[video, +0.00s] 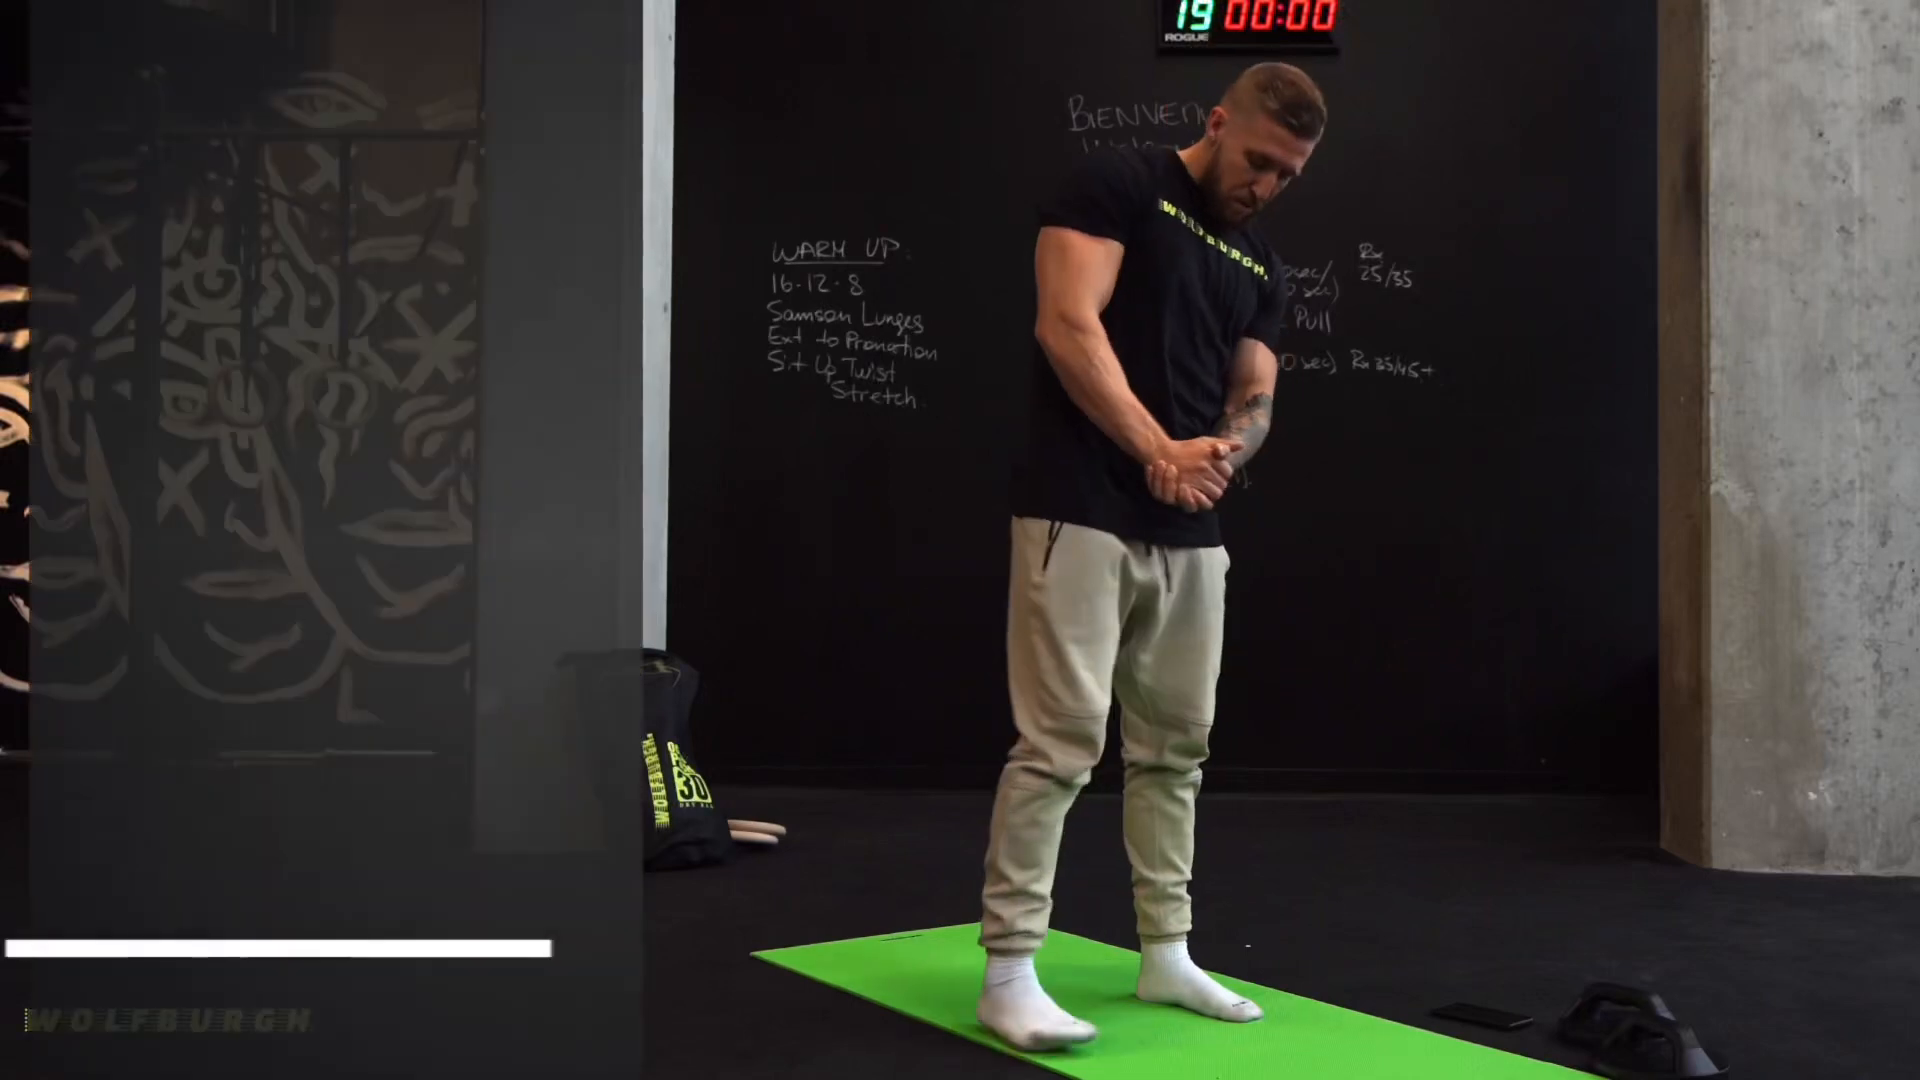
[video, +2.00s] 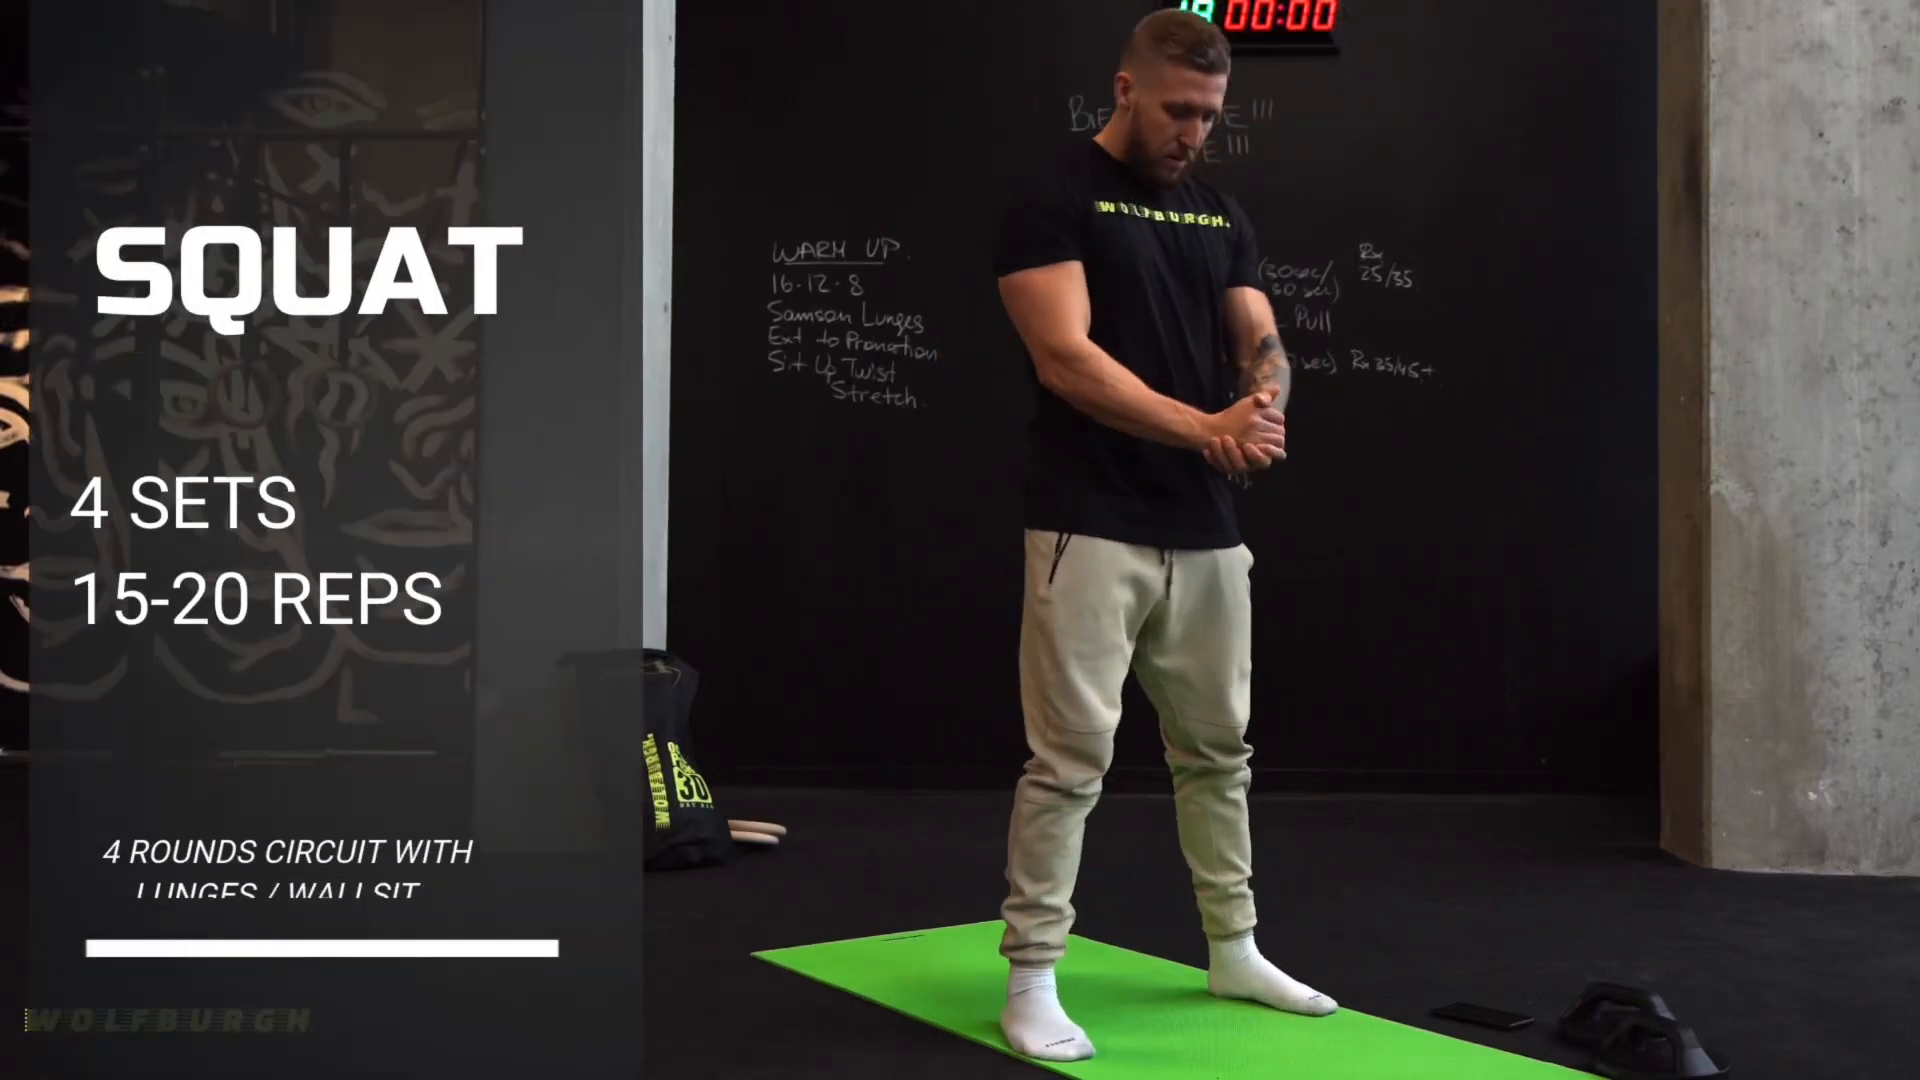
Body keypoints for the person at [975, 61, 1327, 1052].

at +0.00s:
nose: (1267, 187)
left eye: (1287, 174)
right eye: (1257, 162)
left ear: (1301, 167)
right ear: (1213, 123)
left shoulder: (1256, 268)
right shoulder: (1109, 188)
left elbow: (1254, 399)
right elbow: (1066, 327)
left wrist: (1227, 452)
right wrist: (1157, 449)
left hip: (1186, 531)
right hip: (1077, 517)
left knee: (1174, 746)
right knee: (1059, 744)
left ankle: (1165, 957)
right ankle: (1010, 974)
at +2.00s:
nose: (1194, 133)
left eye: (1210, 114)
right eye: (1177, 111)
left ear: (1220, 109)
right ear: (1125, 90)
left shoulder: (1217, 212)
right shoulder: (1052, 197)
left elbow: (1259, 343)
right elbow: (1063, 358)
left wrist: (1263, 403)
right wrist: (1200, 426)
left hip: (1204, 531)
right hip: (1088, 527)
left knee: (1217, 748)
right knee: (1070, 759)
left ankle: (1234, 954)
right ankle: (1033, 980)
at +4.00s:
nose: (1212, 170)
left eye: (1217, 155)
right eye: (1188, 155)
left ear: (1224, 174)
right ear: (1132, 174)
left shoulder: (1239, 294)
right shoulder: (1087, 287)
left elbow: (1315, 407)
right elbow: (1113, 425)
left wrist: (1353, 485)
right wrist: (1257, 506)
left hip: (1207, 585)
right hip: (1087, 584)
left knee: (1297, 751)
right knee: (1114, 758)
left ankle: (1242, 959)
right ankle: (1043, 984)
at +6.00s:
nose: (1222, 57)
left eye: (1226, 41)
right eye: (1196, 42)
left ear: (1234, 68)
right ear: (1144, 73)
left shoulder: (1260, 204)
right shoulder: (1095, 191)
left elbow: (1297, 365)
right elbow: (1049, 353)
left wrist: (1315, 501)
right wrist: (1072, 505)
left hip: (1238, 524)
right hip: (1122, 518)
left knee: (1235, 743)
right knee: (1088, 745)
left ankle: (1238, 955)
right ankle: (1041, 978)